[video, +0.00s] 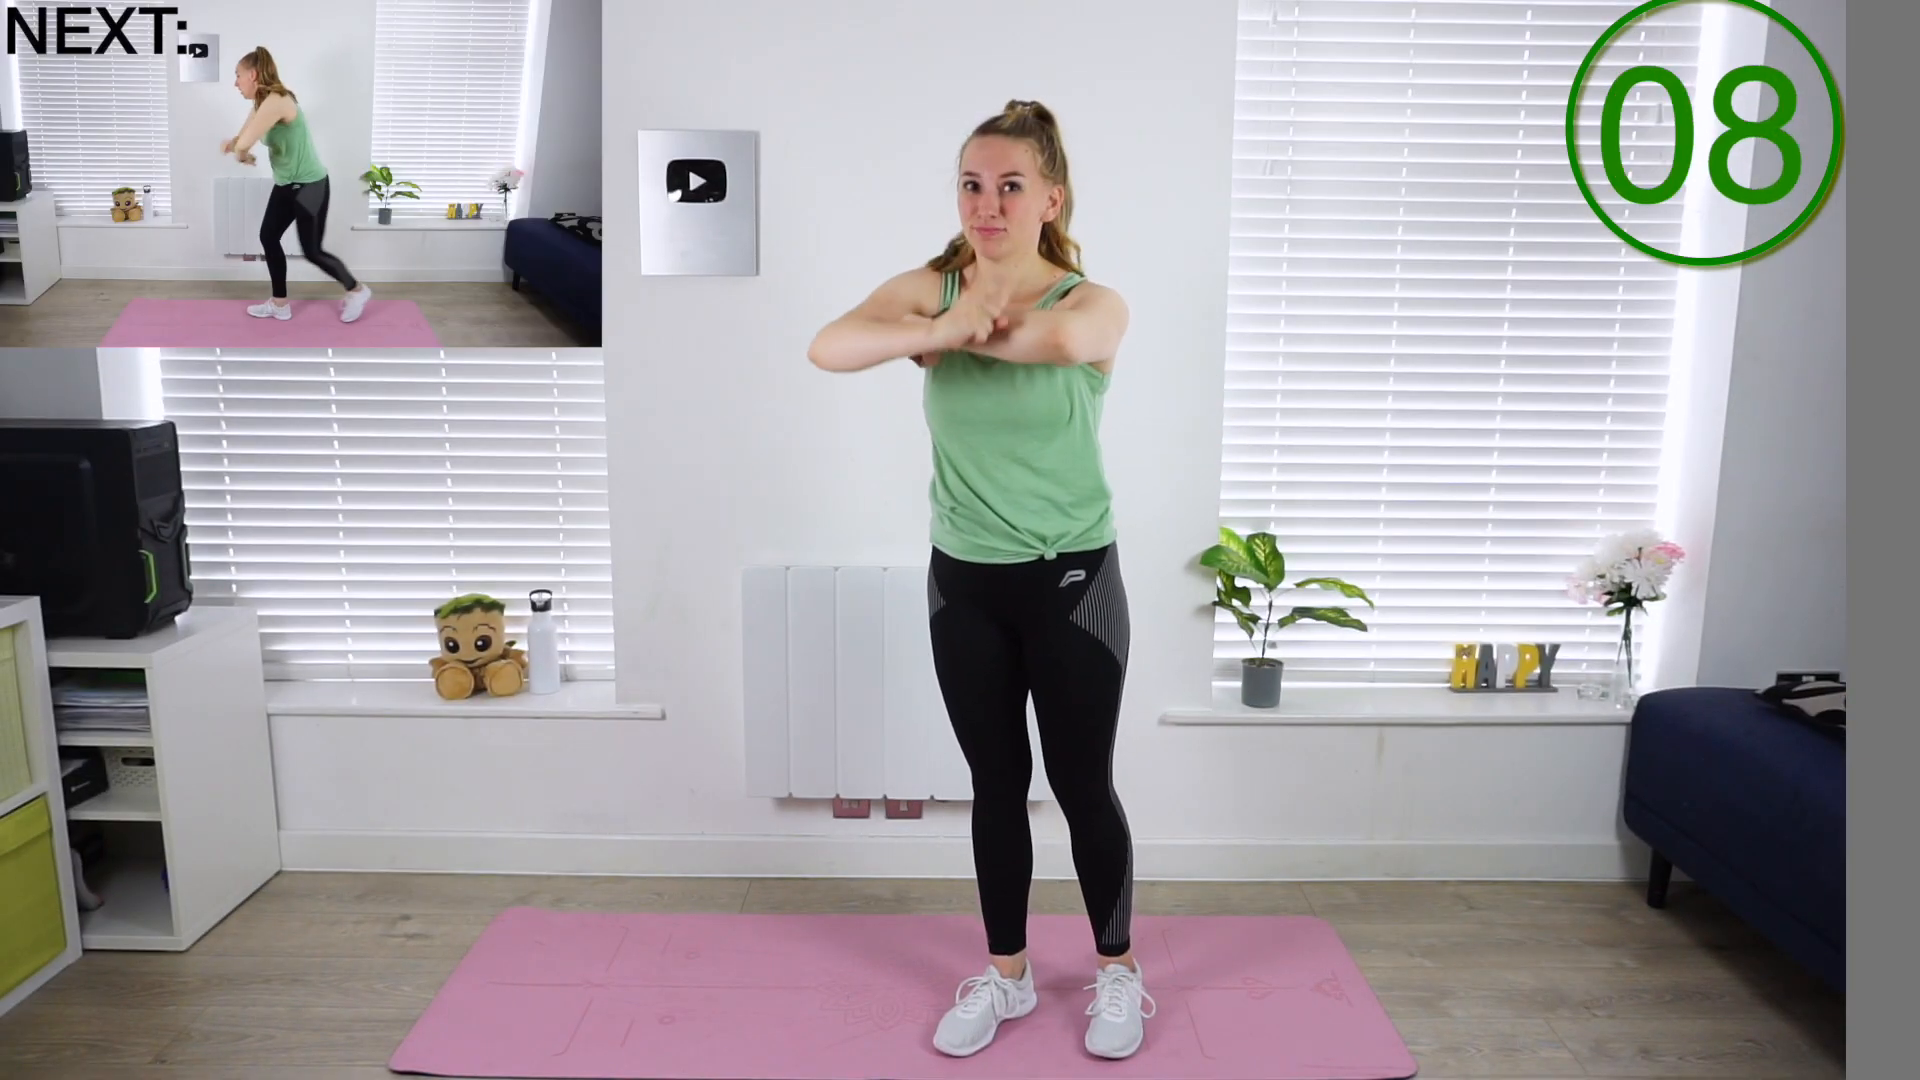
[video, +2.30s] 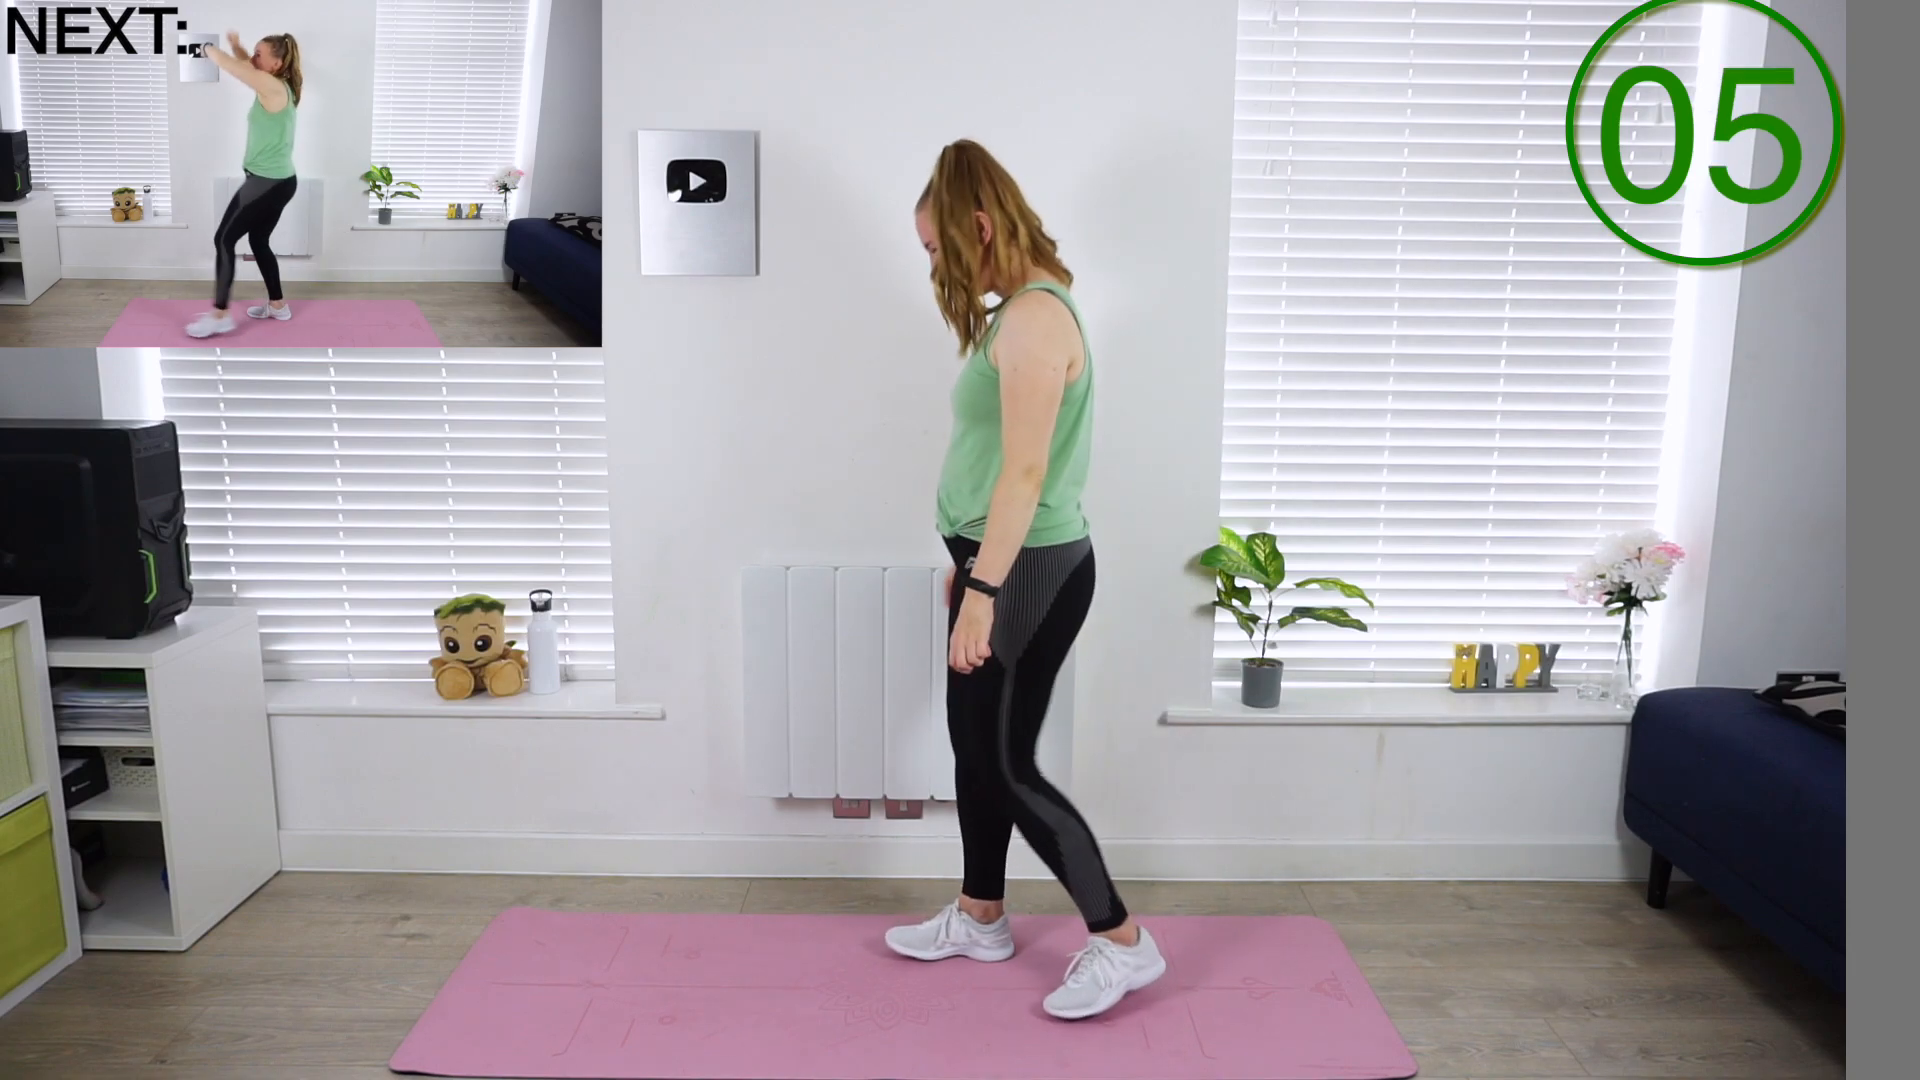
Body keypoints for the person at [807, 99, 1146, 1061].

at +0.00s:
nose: (987, 204)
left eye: (1010, 186)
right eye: (972, 184)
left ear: (1053, 198)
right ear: (956, 193)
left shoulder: (1092, 299)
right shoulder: (924, 290)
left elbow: (1069, 341)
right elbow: (827, 350)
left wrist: (958, 340)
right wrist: (941, 326)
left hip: (1073, 578)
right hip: (964, 578)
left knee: (1084, 786)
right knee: (996, 786)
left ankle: (1116, 970)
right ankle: (1007, 971)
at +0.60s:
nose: (978, 211)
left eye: (999, 195)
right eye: (972, 193)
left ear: (1059, 204)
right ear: (967, 198)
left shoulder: (1100, 311)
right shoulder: (959, 303)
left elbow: (1098, 444)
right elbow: (853, 394)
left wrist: (960, 478)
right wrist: (884, 374)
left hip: (1082, 576)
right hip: (985, 573)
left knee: (1067, 789)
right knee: (1005, 782)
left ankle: (1138, 953)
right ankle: (1007, 970)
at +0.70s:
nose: (981, 227)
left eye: (996, 210)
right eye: (977, 210)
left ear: (1061, 207)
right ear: (999, 214)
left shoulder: (1116, 317)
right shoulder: (985, 310)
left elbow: (1112, 469)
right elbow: (914, 412)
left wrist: (996, 548)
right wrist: (871, 448)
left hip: (1088, 585)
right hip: (998, 578)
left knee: (1072, 793)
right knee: (1012, 786)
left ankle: (1144, 963)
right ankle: (1007, 971)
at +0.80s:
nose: (991, 238)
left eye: (1001, 218)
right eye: (987, 220)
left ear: (1062, 209)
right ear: (1040, 215)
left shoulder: (1131, 321)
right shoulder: (1017, 308)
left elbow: (1105, 487)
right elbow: (969, 435)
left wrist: (1030, 603)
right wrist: (920, 526)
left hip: (1100, 583)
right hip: (1010, 571)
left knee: (1082, 782)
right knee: (1020, 779)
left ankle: (1144, 966)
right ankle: (1007, 970)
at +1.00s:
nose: (1009, 253)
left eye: (1015, 234)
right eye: (1004, 236)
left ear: (1069, 220)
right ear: (1066, 223)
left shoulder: (1148, 328)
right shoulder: (1072, 307)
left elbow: (1136, 497)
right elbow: (1069, 459)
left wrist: (1106, 629)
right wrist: (1045, 568)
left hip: (1129, 577)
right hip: (1052, 569)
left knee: (1115, 777)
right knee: (1037, 777)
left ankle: (1146, 964)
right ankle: (1006, 962)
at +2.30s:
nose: (935, 264)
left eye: (936, 247)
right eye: (930, 249)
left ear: (975, 230)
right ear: (992, 225)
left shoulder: (1033, 318)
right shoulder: (1023, 310)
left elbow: (1026, 472)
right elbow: (1012, 463)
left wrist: (983, 590)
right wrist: (968, 561)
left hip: (1032, 563)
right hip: (1003, 556)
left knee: (1008, 764)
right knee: (975, 744)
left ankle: (1123, 940)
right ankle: (980, 917)